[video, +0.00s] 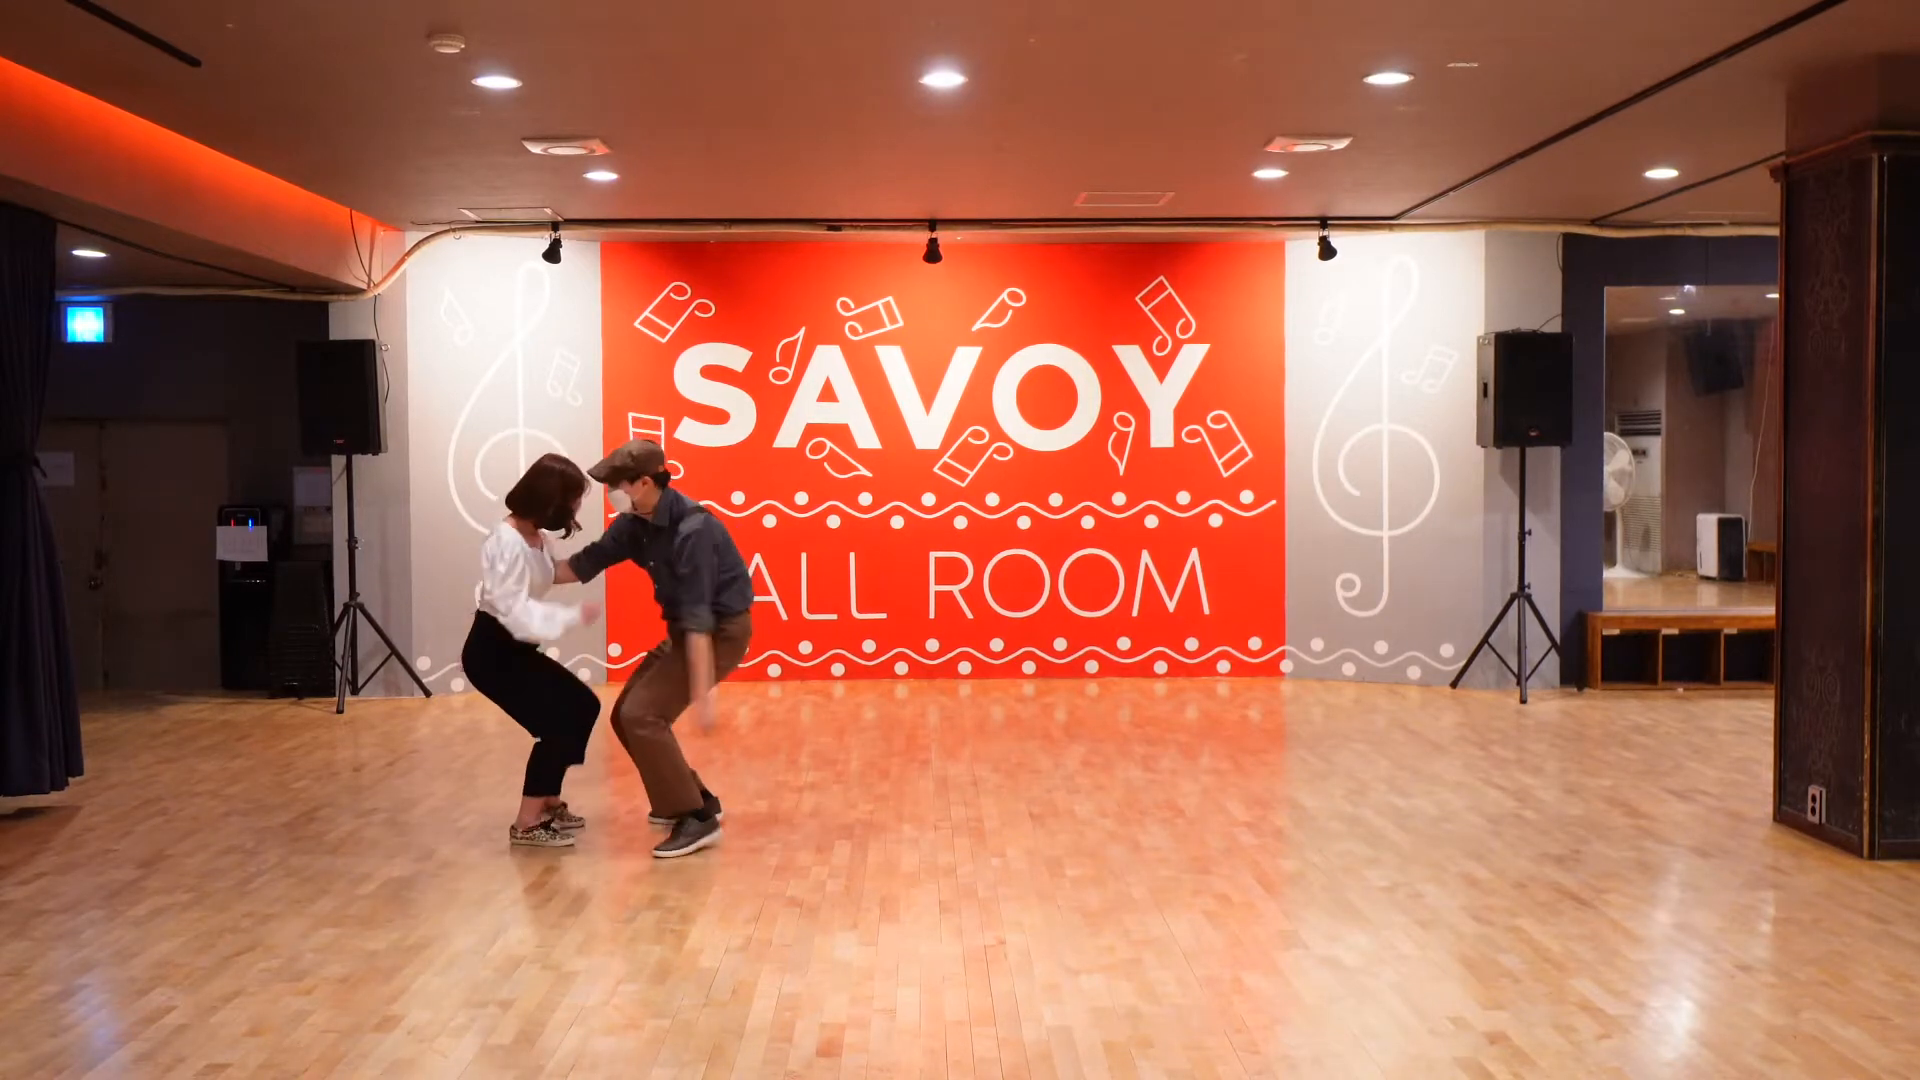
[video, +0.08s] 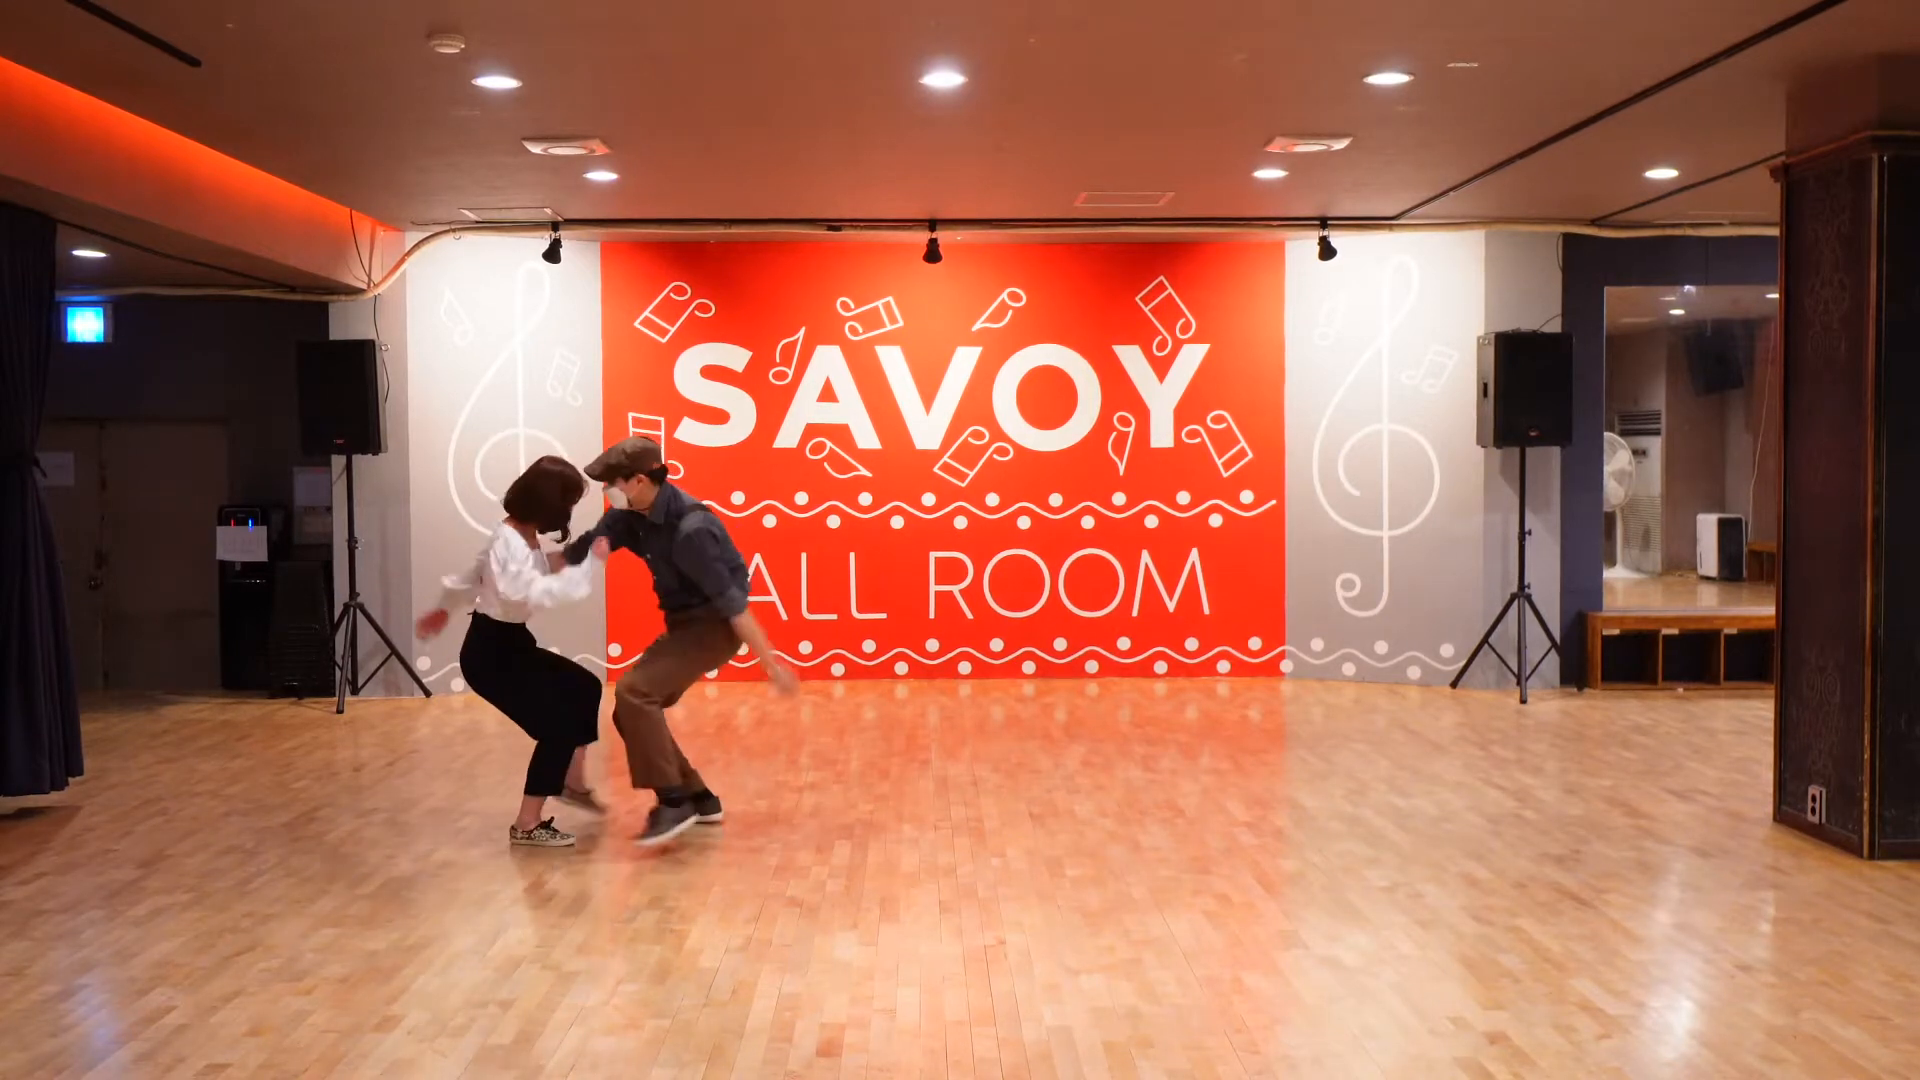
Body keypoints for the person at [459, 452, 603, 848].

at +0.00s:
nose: (579, 508)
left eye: (580, 500)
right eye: (576, 500)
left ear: (543, 499)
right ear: (555, 503)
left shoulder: (538, 541)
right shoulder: (507, 544)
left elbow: (561, 573)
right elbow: (513, 612)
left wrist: (609, 547)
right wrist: (574, 615)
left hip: (513, 647)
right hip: (490, 654)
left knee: (583, 704)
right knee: (559, 717)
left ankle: (547, 802)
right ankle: (527, 822)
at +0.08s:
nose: (571, 513)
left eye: (573, 504)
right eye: (569, 504)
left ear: (529, 492)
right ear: (551, 506)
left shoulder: (521, 535)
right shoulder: (509, 544)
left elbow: (477, 574)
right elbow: (525, 592)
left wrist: (444, 608)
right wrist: (590, 568)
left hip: (512, 645)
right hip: (488, 656)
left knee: (585, 688)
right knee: (559, 720)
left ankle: (572, 782)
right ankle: (528, 823)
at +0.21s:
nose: (566, 519)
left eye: (570, 510)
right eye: (566, 511)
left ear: (520, 490)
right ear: (555, 514)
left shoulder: (496, 531)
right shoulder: (516, 549)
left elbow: (459, 545)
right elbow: (562, 570)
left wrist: (417, 557)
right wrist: (602, 526)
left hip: (497, 646)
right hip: (488, 656)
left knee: (568, 703)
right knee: (555, 723)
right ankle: (527, 823)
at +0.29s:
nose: (561, 524)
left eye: (563, 515)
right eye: (560, 516)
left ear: (520, 494)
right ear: (545, 514)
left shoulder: (498, 532)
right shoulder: (513, 551)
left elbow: (461, 537)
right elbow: (564, 574)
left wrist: (419, 543)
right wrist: (612, 531)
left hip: (499, 644)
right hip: (482, 656)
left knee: (568, 692)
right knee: (549, 721)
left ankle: (627, 761)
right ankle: (527, 822)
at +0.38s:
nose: (565, 515)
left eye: (566, 506)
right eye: (563, 507)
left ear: (520, 492)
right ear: (548, 508)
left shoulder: (504, 531)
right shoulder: (511, 548)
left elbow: (460, 545)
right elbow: (555, 591)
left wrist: (423, 558)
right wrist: (613, 572)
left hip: (500, 642)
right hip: (479, 653)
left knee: (571, 685)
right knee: (546, 719)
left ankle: (592, 779)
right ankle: (526, 822)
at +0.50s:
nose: (564, 502)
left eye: (564, 494)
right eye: (560, 494)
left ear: (524, 491)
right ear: (541, 495)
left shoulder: (521, 536)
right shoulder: (503, 547)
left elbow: (481, 583)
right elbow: (523, 617)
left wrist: (460, 621)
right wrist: (558, 669)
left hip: (498, 645)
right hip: (480, 654)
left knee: (561, 709)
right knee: (550, 721)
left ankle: (531, 806)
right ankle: (527, 821)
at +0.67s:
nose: (553, 500)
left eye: (556, 492)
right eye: (549, 491)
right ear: (527, 489)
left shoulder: (524, 546)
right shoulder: (492, 543)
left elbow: (532, 606)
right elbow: (455, 603)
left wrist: (574, 640)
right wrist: (413, 655)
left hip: (499, 654)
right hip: (479, 657)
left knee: (546, 717)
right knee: (565, 711)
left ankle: (520, 813)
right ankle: (540, 810)